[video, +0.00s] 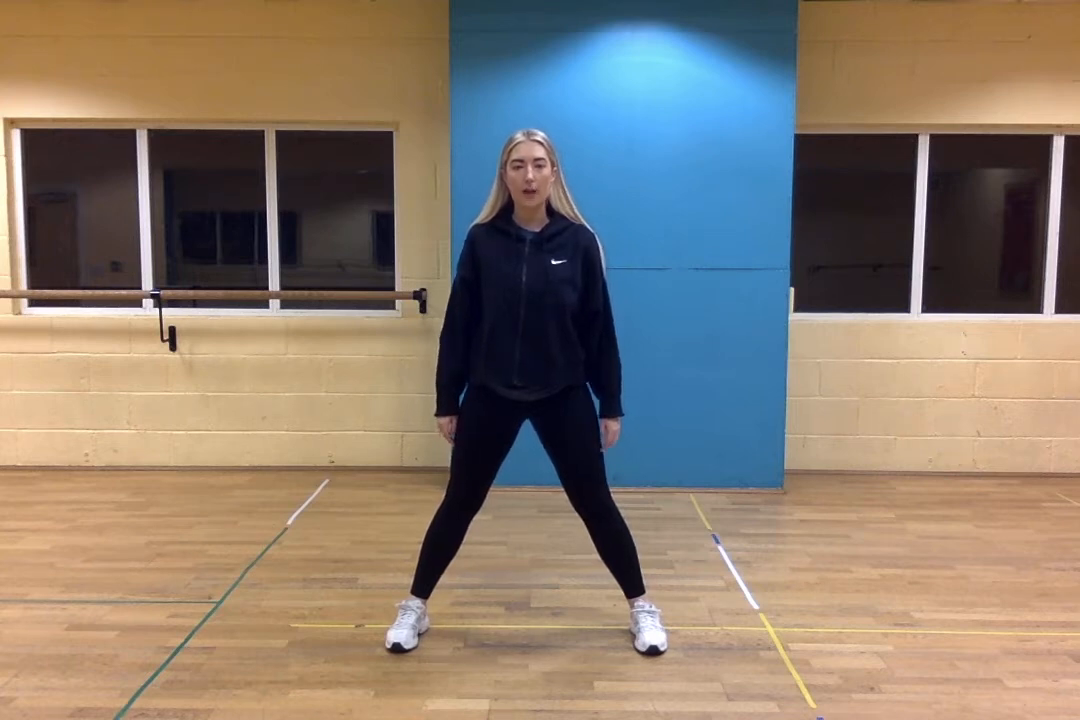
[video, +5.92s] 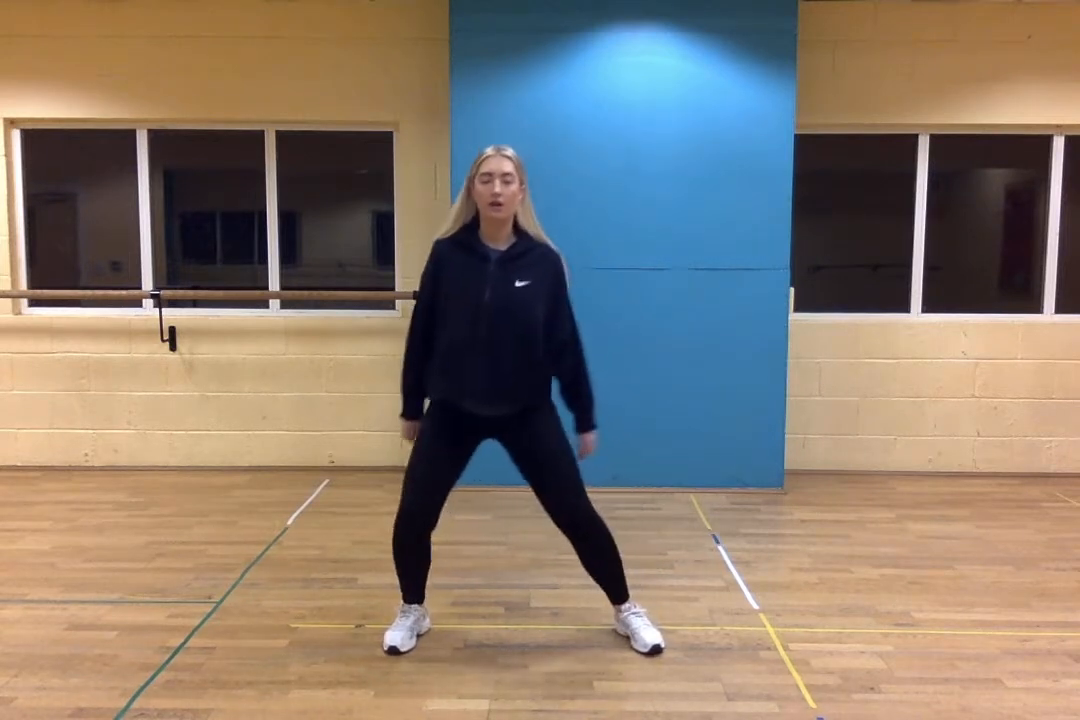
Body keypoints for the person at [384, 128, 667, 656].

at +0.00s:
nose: (529, 173)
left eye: (538, 164)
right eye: (518, 165)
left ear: (554, 173)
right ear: (505, 175)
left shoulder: (580, 239)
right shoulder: (483, 237)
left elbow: (598, 323)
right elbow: (458, 319)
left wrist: (610, 403)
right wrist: (447, 399)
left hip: (563, 393)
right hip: (491, 393)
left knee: (594, 502)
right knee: (460, 501)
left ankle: (641, 607)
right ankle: (414, 606)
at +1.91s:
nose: (528, 173)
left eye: (538, 164)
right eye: (517, 165)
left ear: (553, 173)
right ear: (504, 175)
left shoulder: (578, 240)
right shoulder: (481, 238)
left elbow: (597, 325)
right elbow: (457, 322)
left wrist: (608, 405)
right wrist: (448, 402)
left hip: (564, 394)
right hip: (492, 394)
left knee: (595, 503)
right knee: (460, 501)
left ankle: (641, 607)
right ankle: (413, 606)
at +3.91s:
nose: (491, 176)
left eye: (502, 167)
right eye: (481, 166)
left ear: (516, 178)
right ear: (466, 175)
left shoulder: (535, 248)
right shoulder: (439, 239)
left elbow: (557, 330)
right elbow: (411, 317)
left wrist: (573, 409)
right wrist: (400, 396)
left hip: (518, 398)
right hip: (446, 397)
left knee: (568, 504)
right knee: (409, 514)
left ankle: (632, 604)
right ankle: (410, 608)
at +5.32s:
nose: (537, 175)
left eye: (546, 166)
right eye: (526, 167)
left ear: (561, 175)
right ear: (511, 179)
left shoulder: (588, 240)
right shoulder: (491, 242)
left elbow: (607, 316)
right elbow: (469, 323)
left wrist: (596, 383)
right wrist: (469, 400)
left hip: (580, 390)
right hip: (510, 392)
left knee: (614, 505)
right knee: (468, 504)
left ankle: (634, 610)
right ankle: (417, 607)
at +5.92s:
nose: (496, 188)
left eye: (507, 179)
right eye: (487, 179)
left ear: (521, 190)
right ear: (471, 190)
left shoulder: (543, 259)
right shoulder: (446, 252)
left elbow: (564, 341)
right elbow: (421, 331)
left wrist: (584, 419)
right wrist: (411, 406)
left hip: (525, 409)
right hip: (454, 409)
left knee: (574, 512)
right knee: (412, 515)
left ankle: (626, 609)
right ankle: (412, 609)